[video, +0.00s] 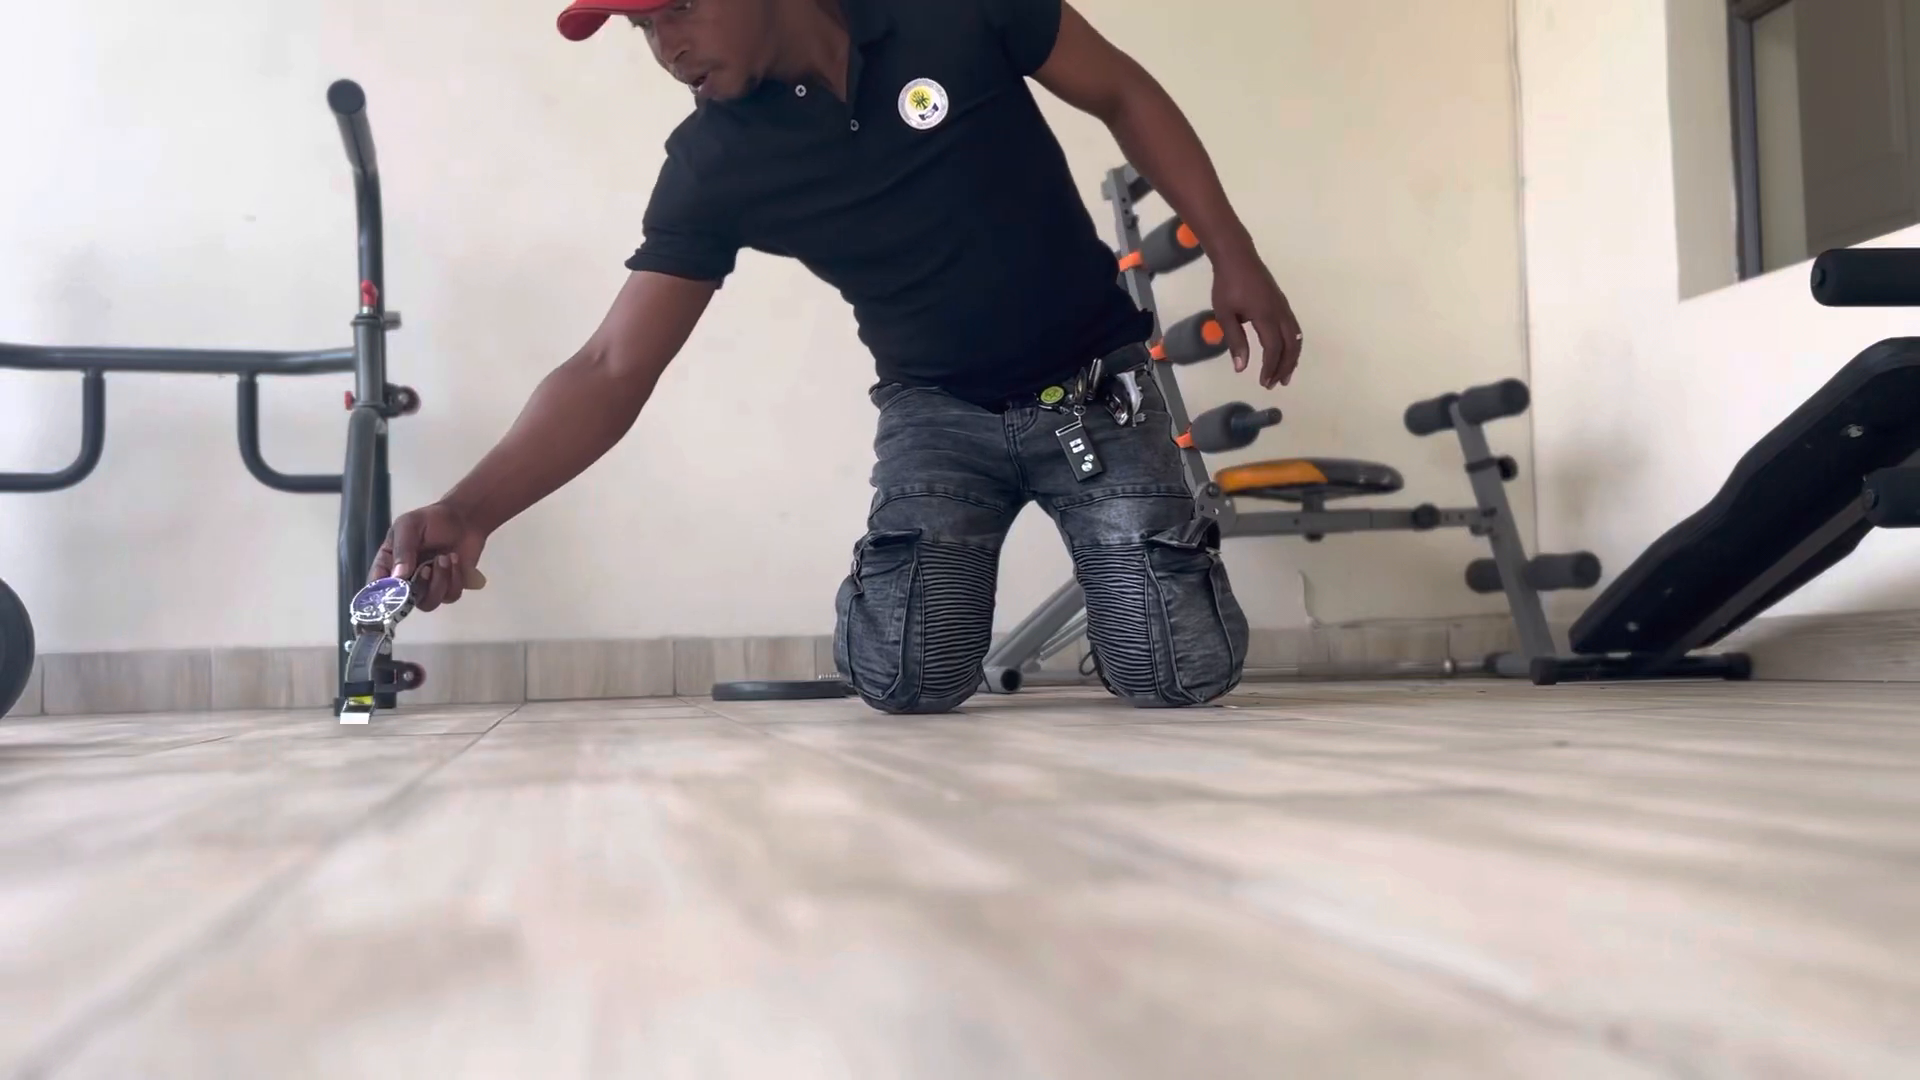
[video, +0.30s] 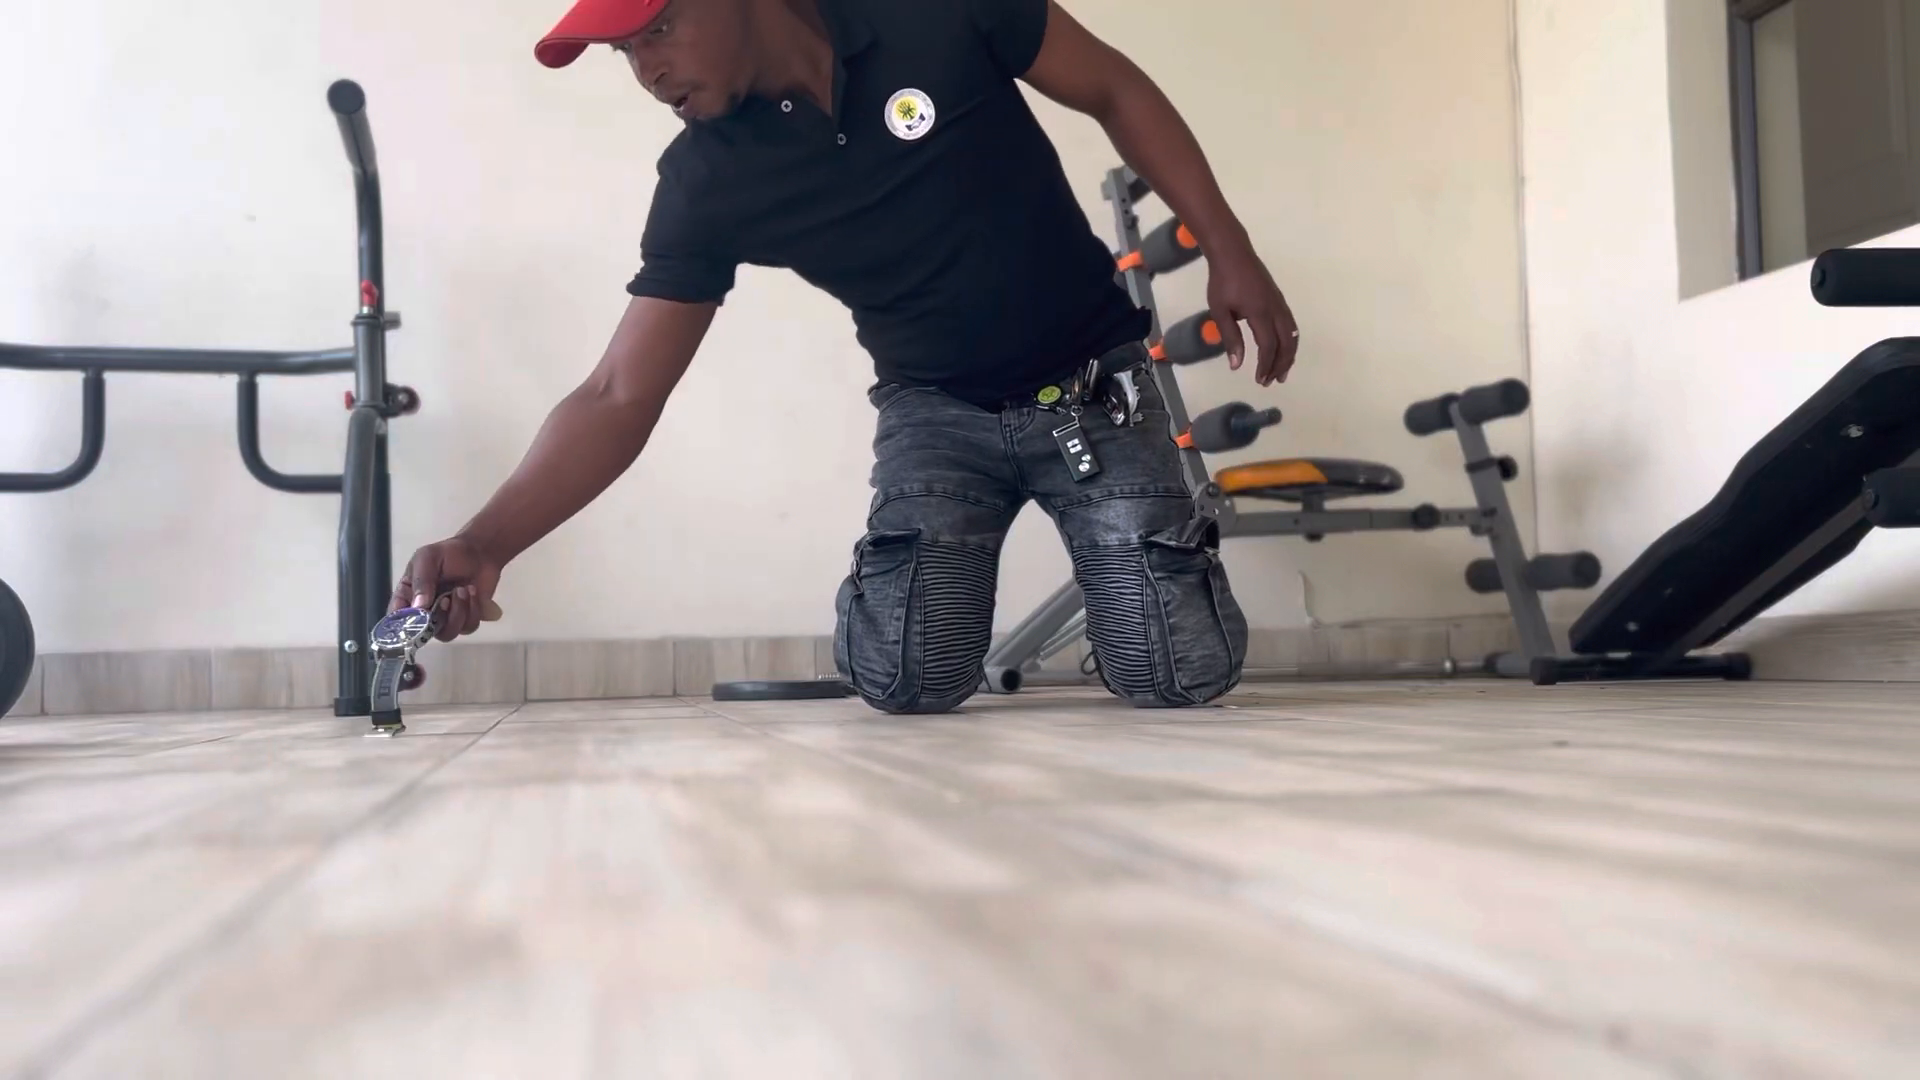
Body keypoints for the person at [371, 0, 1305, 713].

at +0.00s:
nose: (660, 51)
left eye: (668, 17)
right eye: (643, 33)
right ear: (661, 37)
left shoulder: (957, 17)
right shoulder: (714, 164)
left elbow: (1124, 92)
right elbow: (608, 369)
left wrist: (1234, 255)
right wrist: (466, 512)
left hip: (1101, 387)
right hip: (937, 413)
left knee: (1187, 670)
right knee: (905, 676)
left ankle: (1127, 613)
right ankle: (941, 625)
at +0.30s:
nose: (641, 71)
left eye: (653, 34)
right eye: (624, 50)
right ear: (634, 49)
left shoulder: (936, 14)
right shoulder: (708, 180)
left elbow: (1115, 89)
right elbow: (614, 397)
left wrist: (1232, 253)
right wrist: (483, 544)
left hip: (1094, 378)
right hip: (933, 410)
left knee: (1190, 668)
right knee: (906, 675)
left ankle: (1117, 616)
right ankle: (955, 623)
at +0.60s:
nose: (638, 75)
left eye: (648, 36)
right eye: (621, 55)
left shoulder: (933, 16)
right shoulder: (706, 184)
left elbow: (1116, 91)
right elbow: (622, 409)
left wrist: (1226, 258)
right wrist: (500, 567)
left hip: (1096, 378)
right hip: (934, 410)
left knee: (1187, 670)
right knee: (905, 677)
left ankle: (1123, 611)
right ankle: (949, 622)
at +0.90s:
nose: (639, 78)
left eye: (647, 38)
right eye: (617, 60)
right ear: (615, 61)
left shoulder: (930, 16)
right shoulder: (704, 186)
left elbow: (1114, 90)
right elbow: (616, 412)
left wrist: (1224, 258)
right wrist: (497, 578)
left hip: (1097, 379)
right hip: (935, 409)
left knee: (1185, 673)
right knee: (908, 675)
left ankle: (1125, 603)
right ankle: (942, 622)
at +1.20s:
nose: (635, 79)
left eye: (642, 39)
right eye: (614, 62)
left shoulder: (929, 17)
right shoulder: (703, 188)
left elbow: (1114, 90)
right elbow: (614, 414)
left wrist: (1223, 260)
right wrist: (496, 584)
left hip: (1101, 379)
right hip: (936, 411)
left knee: (1187, 670)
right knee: (908, 671)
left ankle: (1124, 611)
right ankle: (945, 628)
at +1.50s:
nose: (633, 81)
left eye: (642, 39)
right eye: (612, 63)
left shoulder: (925, 17)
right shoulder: (701, 189)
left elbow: (1113, 90)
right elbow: (614, 416)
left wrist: (1218, 261)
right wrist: (500, 588)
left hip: (1096, 379)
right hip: (935, 409)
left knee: (1184, 673)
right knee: (913, 674)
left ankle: (1131, 604)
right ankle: (930, 624)